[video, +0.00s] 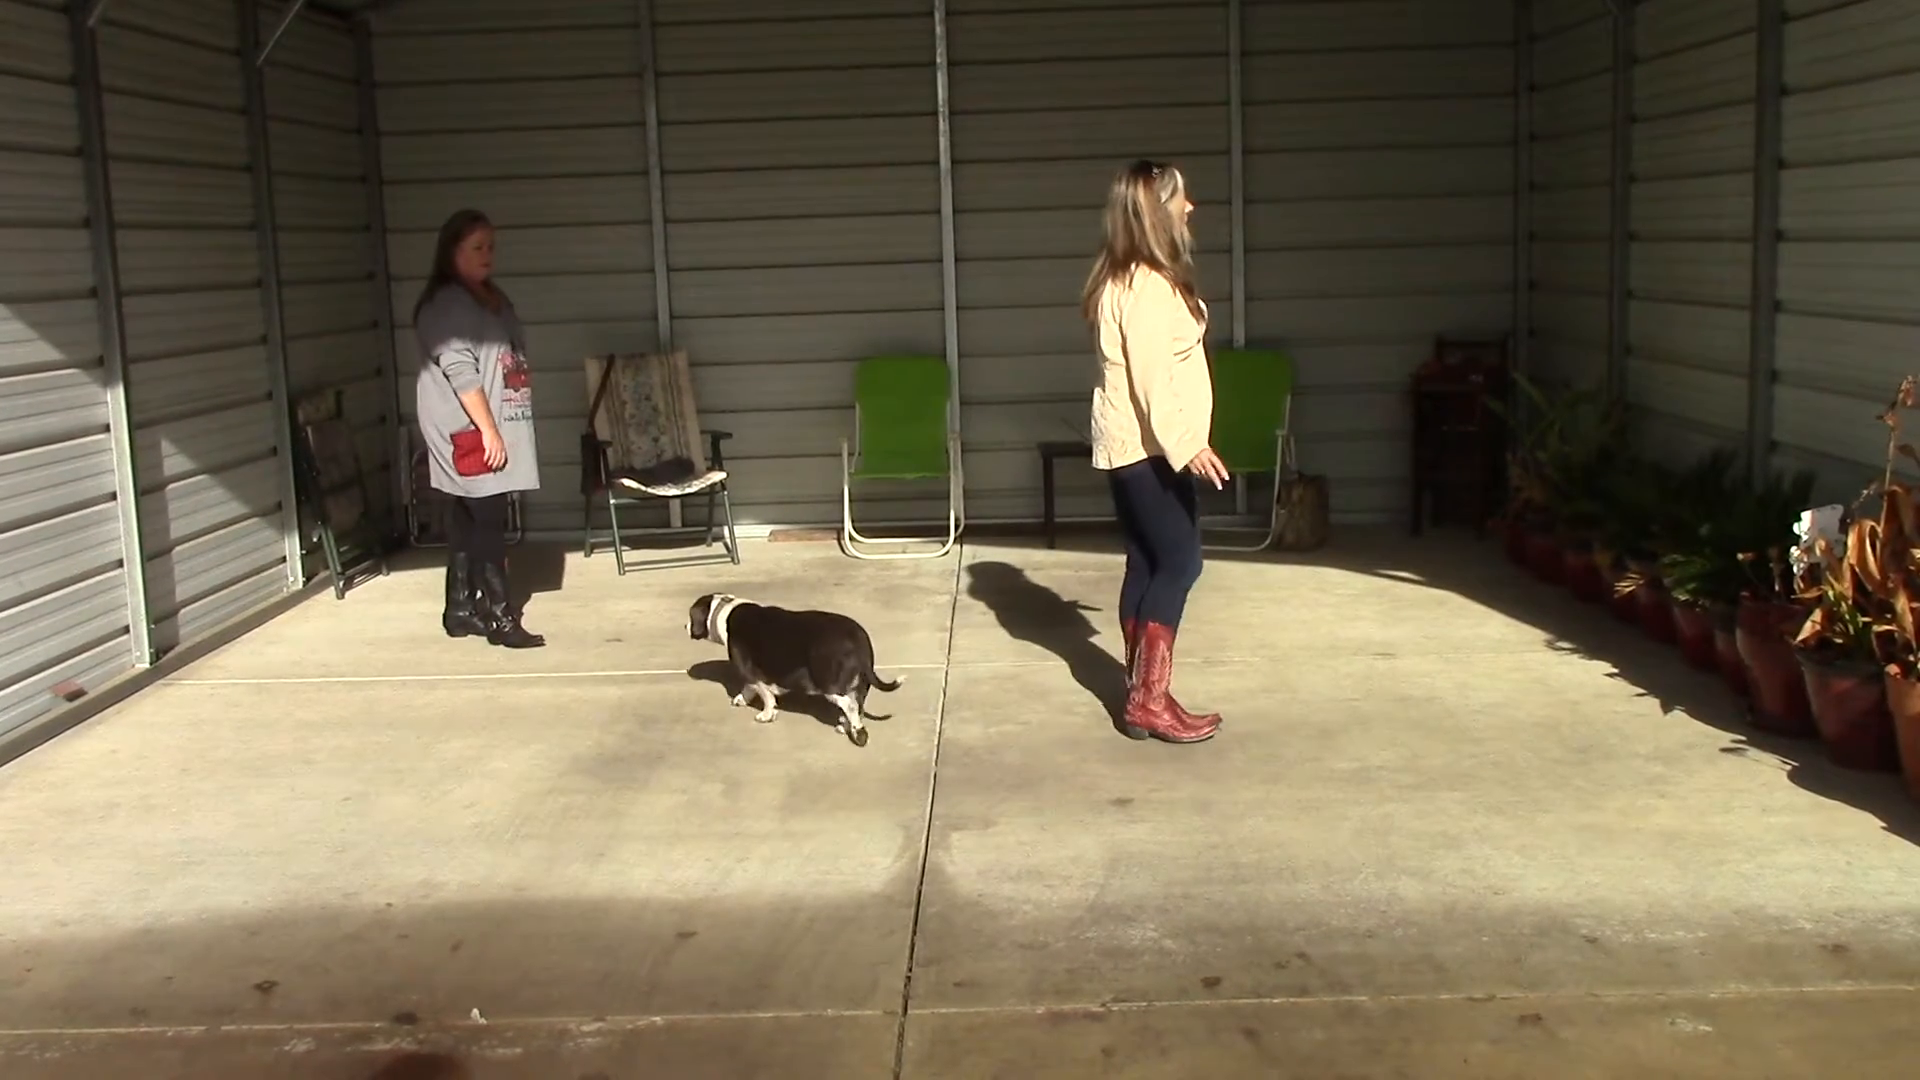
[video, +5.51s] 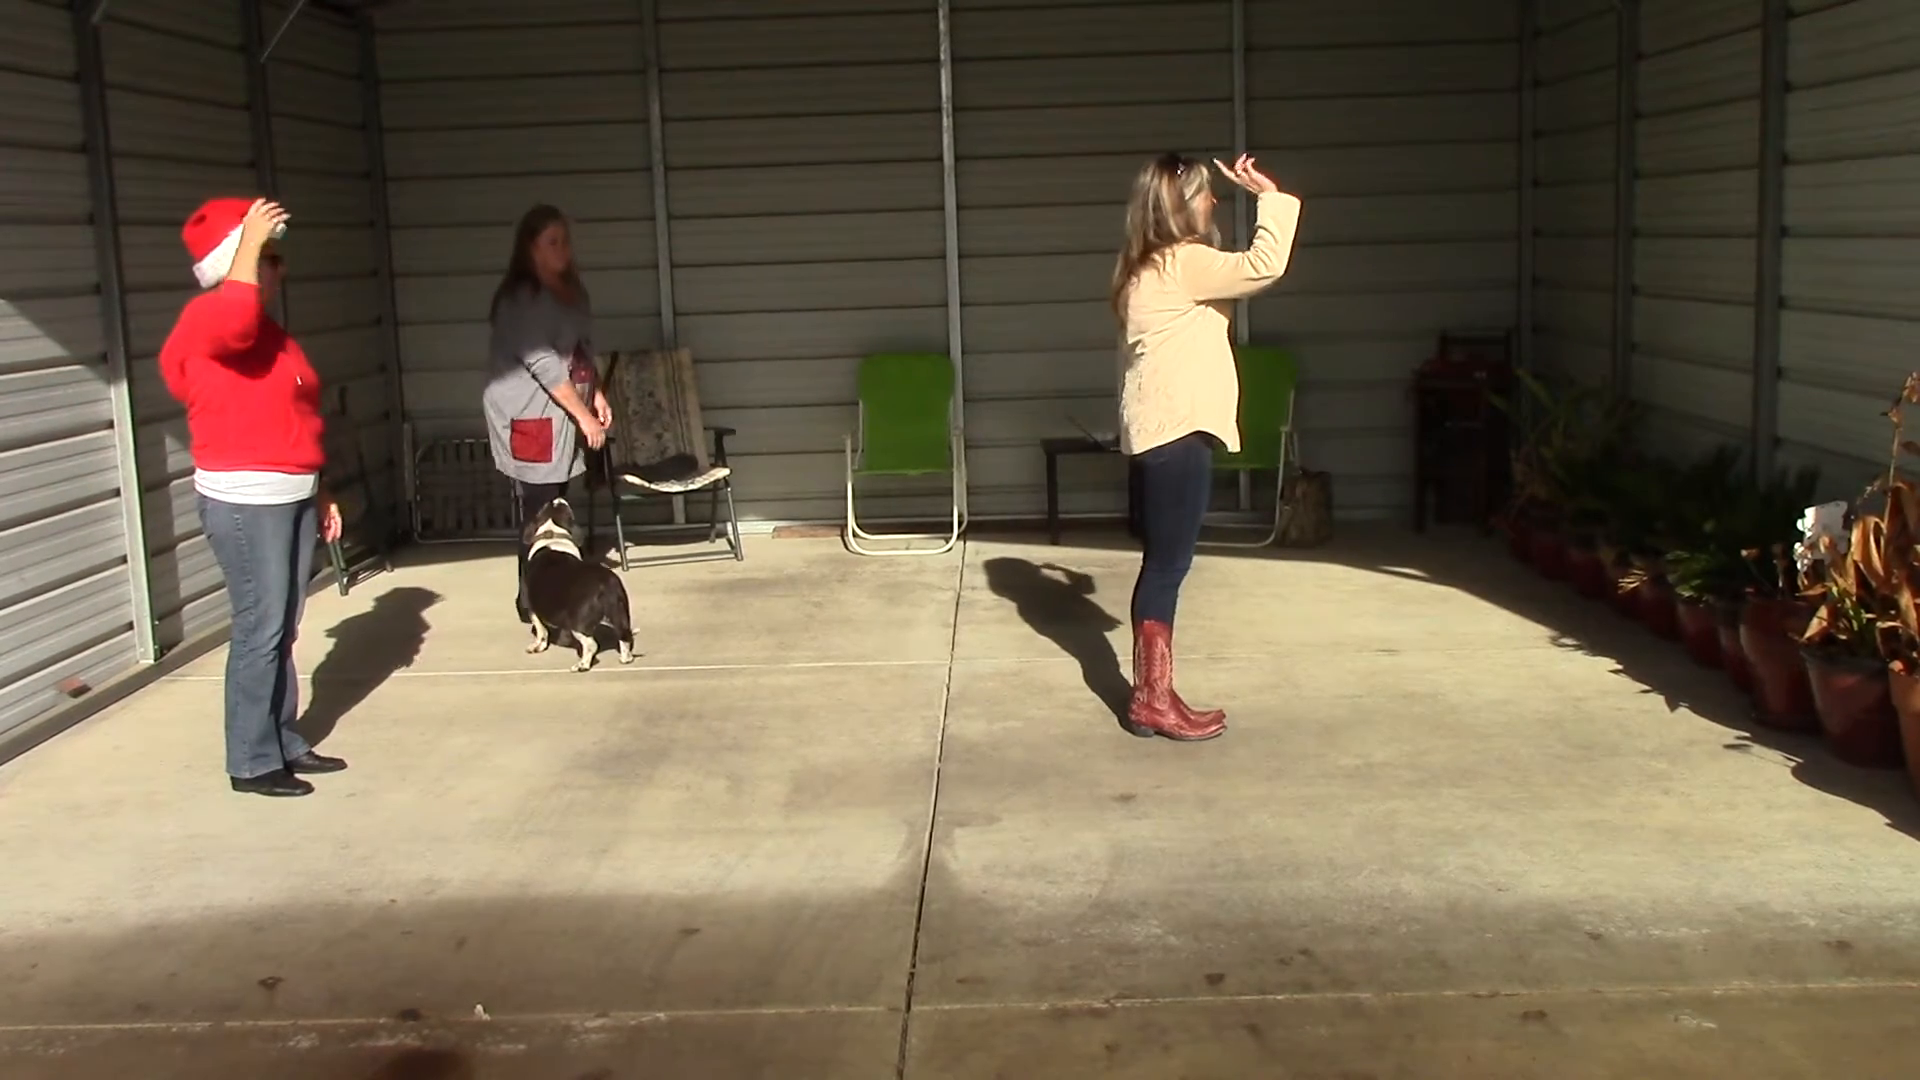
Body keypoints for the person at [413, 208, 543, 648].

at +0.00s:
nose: (486, 255)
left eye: (489, 247)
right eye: (477, 248)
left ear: (492, 251)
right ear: (452, 253)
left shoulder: (494, 301)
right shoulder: (443, 306)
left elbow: (509, 362)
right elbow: (460, 373)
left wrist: (511, 426)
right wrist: (487, 428)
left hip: (487, 426)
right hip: (461, 428)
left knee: (468, 514)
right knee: (489, 515)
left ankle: (460, 606)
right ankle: (498, 614)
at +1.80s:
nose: (522, 289)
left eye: (527, 280)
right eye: (514, 280)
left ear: (531, 279)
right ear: (489, 278)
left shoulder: (518, 317)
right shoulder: (479, 327)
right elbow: (483, 401)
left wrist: (513, 444)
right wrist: (505, 461)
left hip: (484, 424)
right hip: (455, 427)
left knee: (481, 509)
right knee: (490, 509)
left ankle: (463, 603)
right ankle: (500, 610)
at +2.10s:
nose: (551, 333)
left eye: (557, 327)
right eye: (543, 324)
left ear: (564, 323)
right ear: (522, 313)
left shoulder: (536, 350)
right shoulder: (505, 354)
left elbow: (529, 421)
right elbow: (504, 430)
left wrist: (514, 475)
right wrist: (521, 499)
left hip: (473, 423)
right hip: (444, 424)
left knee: (483, 506)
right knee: (494, 507)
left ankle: (464, 603)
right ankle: (501, 610)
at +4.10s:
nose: (576, 338)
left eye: (581, 331)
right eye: (570, 329)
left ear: (586, 326)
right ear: (548, 319)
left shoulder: (530, 342)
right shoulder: (530, 362)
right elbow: (510, 434)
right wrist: (518, 498)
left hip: (452, 410)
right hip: (449, 417)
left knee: (481, 508)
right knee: (497, 508)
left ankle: (465, 604)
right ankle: (503, 611)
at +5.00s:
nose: (572, 300)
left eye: (576, 291)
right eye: (563, 291)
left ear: (580, 291)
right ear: (541, 290)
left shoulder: (566, 332)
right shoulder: (518, 336)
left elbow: (553, 393)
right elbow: (513, 407)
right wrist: (530, 464)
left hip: (515, 419)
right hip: (477, 419)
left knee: (516, 507)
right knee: (505, 509)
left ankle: (512, 605)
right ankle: (500, 611)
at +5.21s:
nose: (569, 272)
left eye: (572, 264)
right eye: (560, 264)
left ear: (577, 266)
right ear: (536, 268)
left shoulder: (568, 311)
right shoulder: (525, 324)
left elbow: (564, 378)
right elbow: (522, 395)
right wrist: (535, 451)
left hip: (547, 429)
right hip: (509, 432)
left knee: (549, 517)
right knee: (516, 521)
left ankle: (548, 603)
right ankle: (509, 608)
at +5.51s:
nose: (561, 249)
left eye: (564, 241)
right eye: (551, 242)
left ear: (568, 245)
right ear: (531, 248)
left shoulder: (572, 290)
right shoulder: (520, 298)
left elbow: (580, 351)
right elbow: (542, 364)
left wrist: (595, 394)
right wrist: (581, 415)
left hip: (559, 408)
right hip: (525, 413)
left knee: (556, 505)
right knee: (538, 510)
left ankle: (557, 592)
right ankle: (534, 597)